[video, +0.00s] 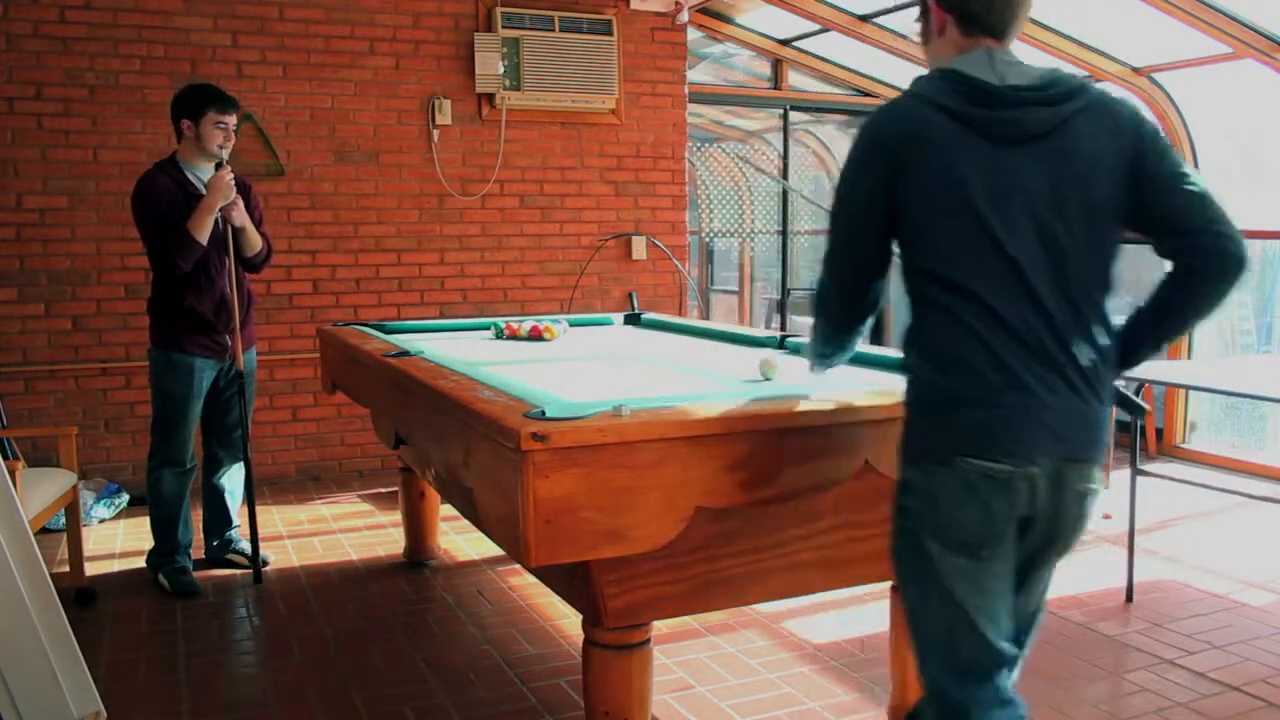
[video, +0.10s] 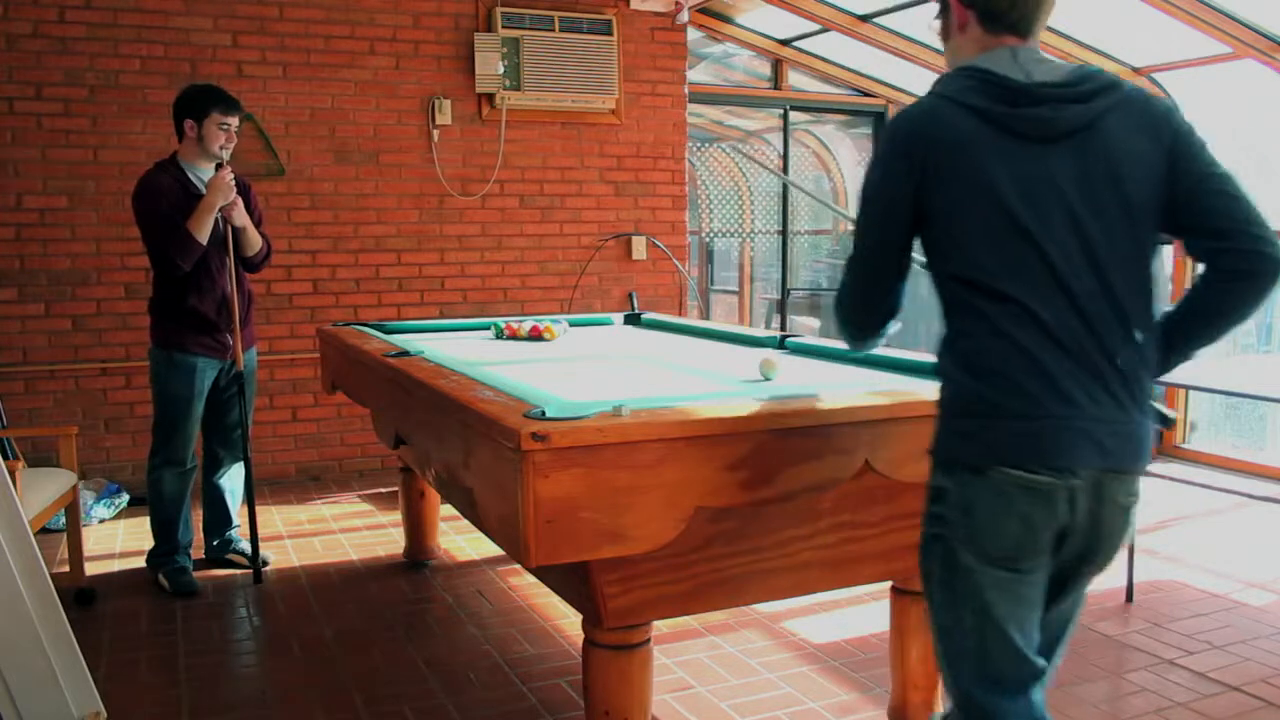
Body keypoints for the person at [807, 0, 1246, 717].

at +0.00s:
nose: (920, 41)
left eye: (919, 24)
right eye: (919, 26)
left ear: (936, 19)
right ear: (1013, 25)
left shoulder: (898, 127)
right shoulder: (1110, 120)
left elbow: (849, 288)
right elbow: (1217, 254)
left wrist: (826, 348)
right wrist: (1115, 354)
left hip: (962, 439)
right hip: (1076, 441)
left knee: (974, 686)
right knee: (981, 673)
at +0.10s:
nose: (940, 35)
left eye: (940, 20)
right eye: (939, 21)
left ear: (957, 16)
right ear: (1038, 25)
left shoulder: (922, 130)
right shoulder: (1144, 117)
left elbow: (862, 316)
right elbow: (1250, 258)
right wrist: (1147, 354)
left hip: (998, 453)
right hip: (1115, 459)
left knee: (999, 698)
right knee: (1009, 689)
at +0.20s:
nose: (965, 40)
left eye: (964, 23)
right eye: (964, 26)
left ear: (982, 15)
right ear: (1062, 18)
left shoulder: (949, 125)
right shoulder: (1177, 111)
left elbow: (883, 312)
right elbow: (1275, 250)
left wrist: (909, 235)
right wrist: (1180, 342)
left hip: (1029, 459)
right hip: (1152, 463)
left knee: (1016, 701)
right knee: (1059, 684)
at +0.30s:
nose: (988, 26)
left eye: (987, 14)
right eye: (988, 16)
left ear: (1009, 6)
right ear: (1087, 7)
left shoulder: (971, 116)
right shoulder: (1210, 95)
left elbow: (902, 305)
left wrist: (900, 281)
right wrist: (1215, 335)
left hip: (1053, 450)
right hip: (1184, 450)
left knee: (1035, 696)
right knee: (1116, 664)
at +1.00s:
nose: (1063, 88)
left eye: (1065, 73)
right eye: (1062, 74)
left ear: (1091, 69)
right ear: (1177, 60)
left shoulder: (1060, 177)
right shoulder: (1263, 101)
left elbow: (947, 286)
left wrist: (871, 362)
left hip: (1178, 469)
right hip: (1275, 462)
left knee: (1113, 695)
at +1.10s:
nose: (1040, 133)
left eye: (1040, 115)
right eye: (1038, 115)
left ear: (1066, 111)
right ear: (1156, 92)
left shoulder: (1043, 210)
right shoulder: (1260, 120)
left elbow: (934, 305)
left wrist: (859, 366)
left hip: (1167, 478)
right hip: (1272, 470)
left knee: (1109, 706)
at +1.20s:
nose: (1026, 160)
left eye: (1028, 143)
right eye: (1026, 144)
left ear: (1051, 141)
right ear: (1142, 119)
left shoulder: (1031, 230)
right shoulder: (1247, 142)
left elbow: (928, 320)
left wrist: (857, 375)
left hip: (1165, 472)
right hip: (1276, 468)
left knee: (1102, 700)